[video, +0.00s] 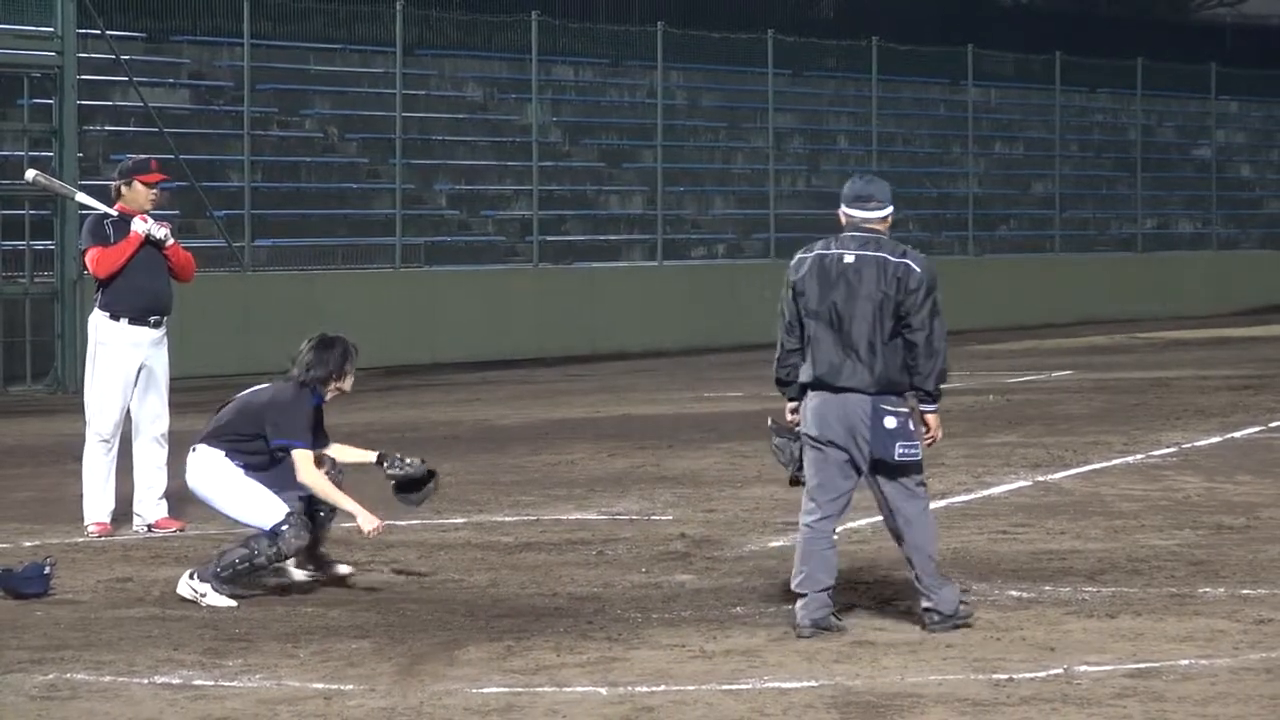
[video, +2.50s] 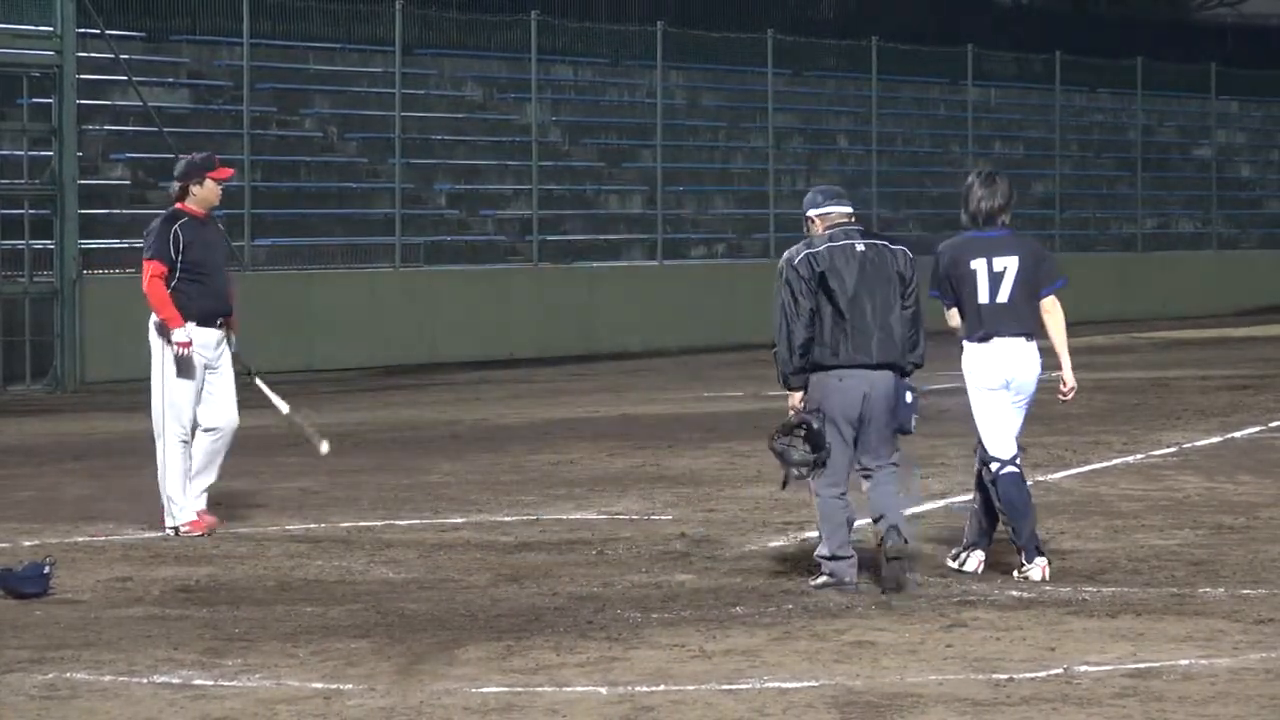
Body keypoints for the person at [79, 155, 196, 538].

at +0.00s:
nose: (156, 192)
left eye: (157, 187)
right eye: (149, 186)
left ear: (148, 190)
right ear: (125, 187)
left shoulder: (156, 228)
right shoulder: (100, 222)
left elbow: (187, 271)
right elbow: (99, 267)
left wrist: (167, 242)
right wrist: (137, 236)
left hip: (155, 335)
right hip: (114, 333)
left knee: (153, 427)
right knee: (104, 428)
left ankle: (151, 513)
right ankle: (98, 517)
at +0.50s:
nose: (156, 191)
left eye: (157, 186)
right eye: (149, 185)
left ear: (153, 190)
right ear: (125, 186)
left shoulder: (158, 228)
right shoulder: (101, 222)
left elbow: (188, 271)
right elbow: (99, 266)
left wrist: (168, 242)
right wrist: (138, 235)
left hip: (156, 335)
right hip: (115, 333)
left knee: (154, 427)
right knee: (104, 428)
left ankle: (151, 512)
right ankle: (98, 516)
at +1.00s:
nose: (164, 192)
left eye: (165, 186)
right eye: (157, 186)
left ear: (158, 190)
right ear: (132, 187)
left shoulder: (165, 228)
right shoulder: (109, 222)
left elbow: (194, 275)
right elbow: (106, 267)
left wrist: (176, 245)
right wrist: (146, 238)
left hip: (163, 336)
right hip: (121, 334)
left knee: (156, 428)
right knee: (107, 428)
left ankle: (151, 512)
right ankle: (98, 515)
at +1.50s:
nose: (186, 193)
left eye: (186, 186)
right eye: (180, 186)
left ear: (171, 189)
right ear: (156, 188)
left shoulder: (179, 229)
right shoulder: (126, 223)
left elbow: (207, 277)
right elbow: (129, 268)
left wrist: (194, 248)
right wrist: (167, 238)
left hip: (172, 336)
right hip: (134, 331)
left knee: (160, 429)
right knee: (124, 422)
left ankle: (150, 513)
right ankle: (103, 512)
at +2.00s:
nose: (206, 192)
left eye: (206, 186)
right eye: (200, 186)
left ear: (189, 190)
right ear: (177, 189)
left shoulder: (199, 233)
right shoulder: (146, 222)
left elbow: (215, 270)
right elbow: (127, 272)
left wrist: (220, 287)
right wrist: (183, 282)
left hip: (182, 335)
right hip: (147, 330)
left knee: (167, 427)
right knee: (159, 425)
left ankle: (147, 515)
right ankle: (181, 513)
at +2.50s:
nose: (222, 188)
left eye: (221, 182)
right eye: (216, 182)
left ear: (203, 186)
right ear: (193, 186)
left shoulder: (215, 227)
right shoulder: (167, 225)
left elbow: (219, 276)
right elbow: (153, 281)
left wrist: (228, 316)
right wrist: (176, 325)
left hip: (215, 337)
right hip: (178, 336)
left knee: (221, 421)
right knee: (175, 427)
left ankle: (192, 502)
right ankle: (178, 514)